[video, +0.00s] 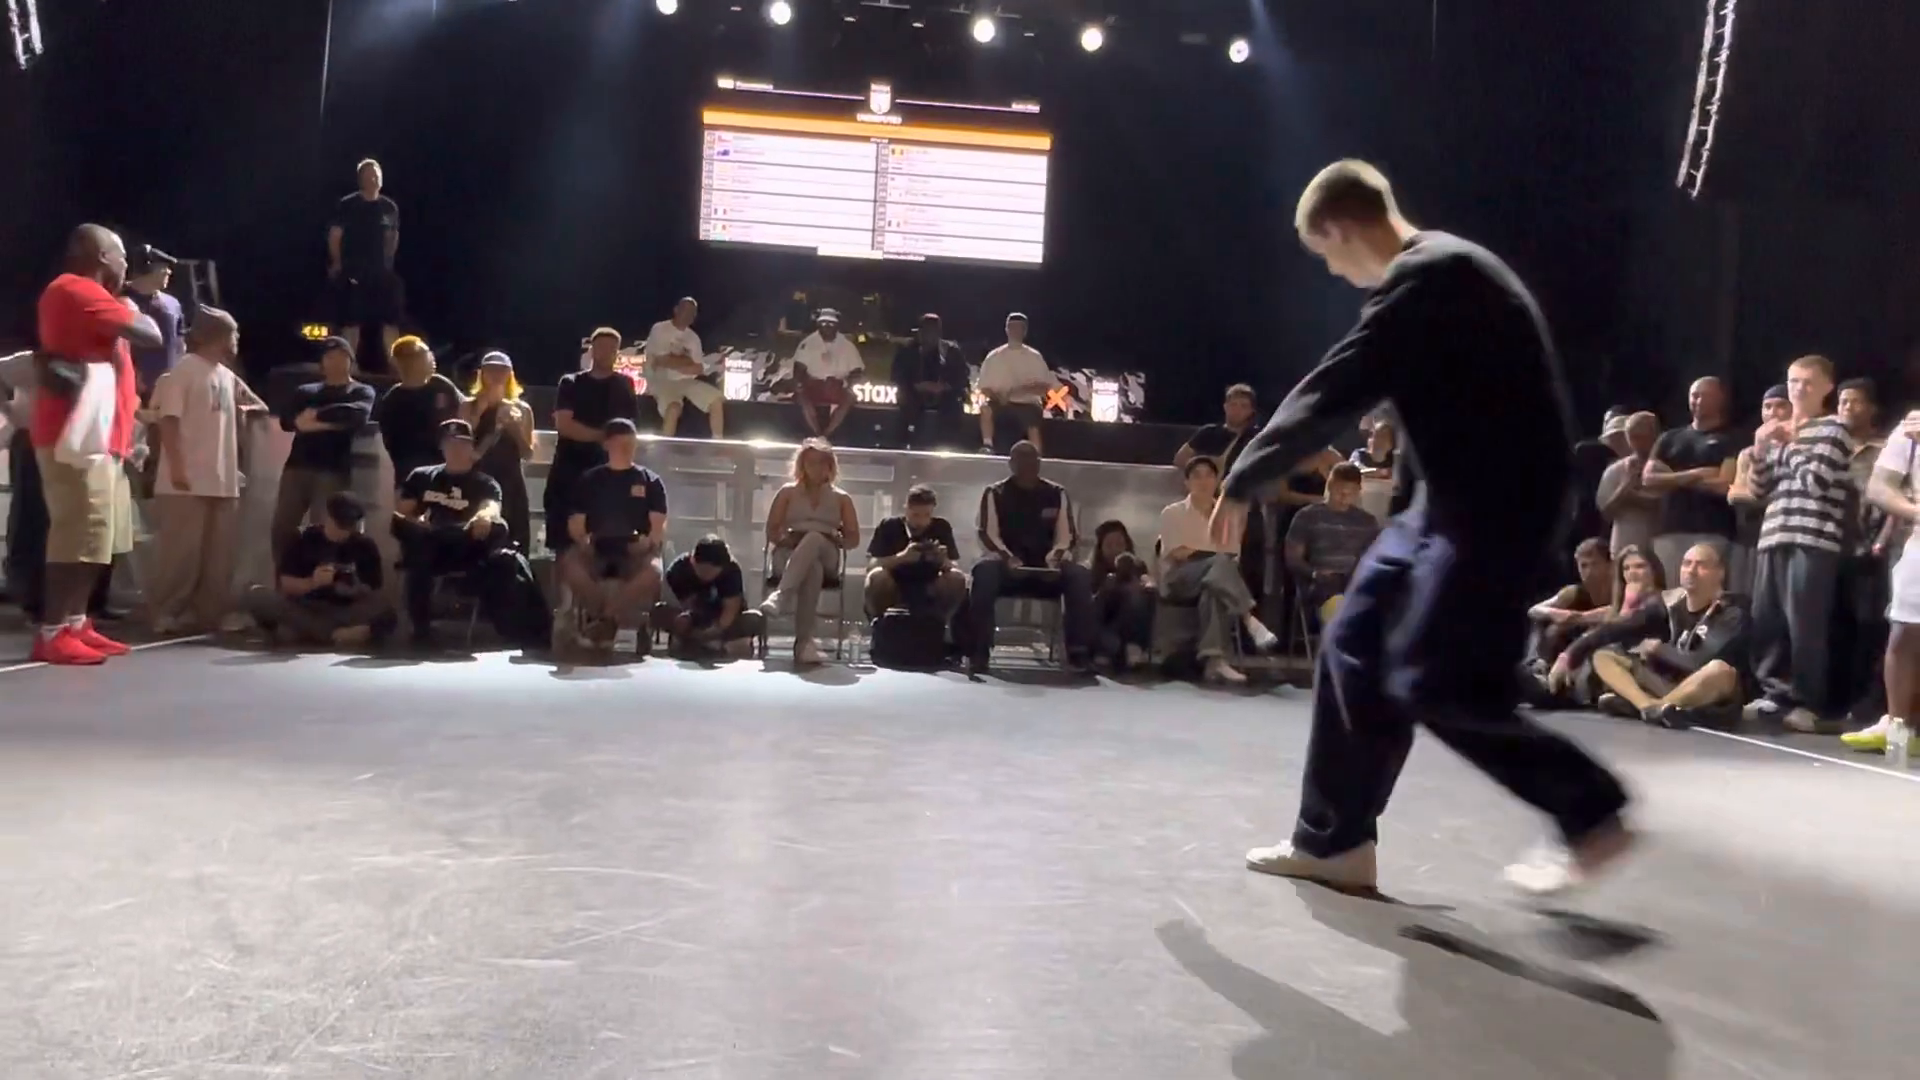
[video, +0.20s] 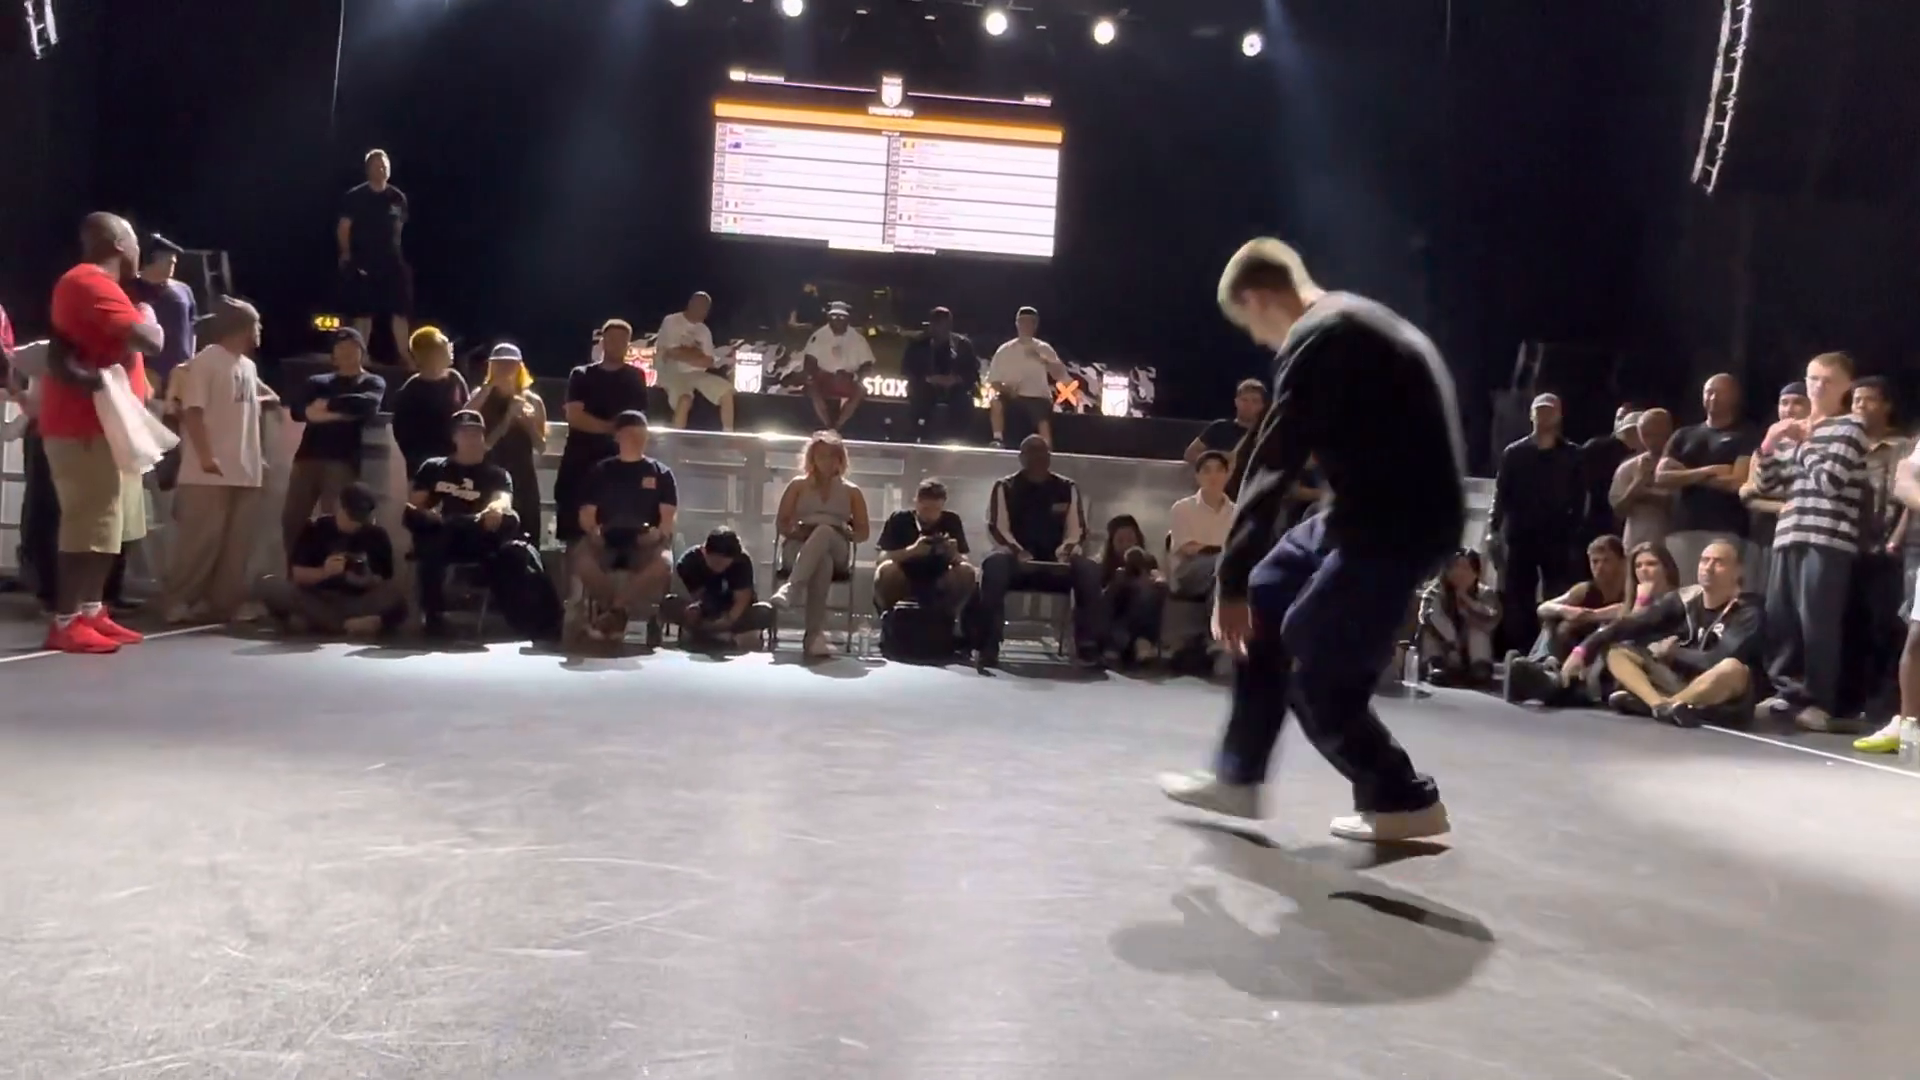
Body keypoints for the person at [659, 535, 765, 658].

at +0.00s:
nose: (710, 576)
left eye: (715, 571)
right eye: (706, 570)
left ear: (722, 565)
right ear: (695, 561)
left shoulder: (731, 570)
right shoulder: (676, 572)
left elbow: (732, 608)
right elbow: (687, 605)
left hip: (722, 611)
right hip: (695, 613)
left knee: (754, 619)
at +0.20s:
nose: (722, 568)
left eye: (727, 564)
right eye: (718, 563)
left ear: (734, 557)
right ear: (706, 552)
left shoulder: (741, 561)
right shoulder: (687, 563)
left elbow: (743, 599)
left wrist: (729, 620)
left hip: (731, 605)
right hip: (704, 606)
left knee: (764, 611)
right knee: (669, 604)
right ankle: (727, 637)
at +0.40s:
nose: (730, 558)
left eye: (735, 554)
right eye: (726, 553)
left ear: (742, 548)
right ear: (715, 544)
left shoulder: (750, 554)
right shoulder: (697, 555)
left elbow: (751, 591)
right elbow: (706, 588)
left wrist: (737, 612)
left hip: (740, 596)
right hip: (713, 597)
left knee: (772, 604)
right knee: (677, 596)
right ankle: (738, 630)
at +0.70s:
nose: (738, 548)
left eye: (743, 543)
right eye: (734, 542)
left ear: (751, 538)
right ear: (723, 534)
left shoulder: (760, 546)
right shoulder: (706, 548)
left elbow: (760, 585)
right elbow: (714, 583)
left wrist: (746, 605)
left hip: (750, 593)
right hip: (722, 594)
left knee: (782, 598)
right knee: (687, 589)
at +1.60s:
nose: (747, 536)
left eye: (753, 532)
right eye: (743, 530)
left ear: (763, 527)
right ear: (735, 522)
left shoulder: (774, 537)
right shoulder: (720, 538)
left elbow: (773, 576)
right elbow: (724, 572)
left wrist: (756, 598)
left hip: (763, 583)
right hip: (735, 584)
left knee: (796, 589)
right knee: (700, 579)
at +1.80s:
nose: (751, 533)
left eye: (756, 529)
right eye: (747, 528)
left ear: (766, 524)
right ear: (738, 519)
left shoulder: (777, 533)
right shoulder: (723, 534)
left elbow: (776, 572)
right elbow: (726, 568)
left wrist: (759, 593)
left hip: (766, 581)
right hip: (738, 582)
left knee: (798, 585)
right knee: (703, 574)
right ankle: (762, 611)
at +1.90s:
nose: (751, 532)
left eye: (757, 528)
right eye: (747, 526)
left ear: (767, 523)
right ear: (739, 518)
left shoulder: (778, 532)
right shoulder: (724, 533)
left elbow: (778, 570)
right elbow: (732, 567)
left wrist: (760, 592)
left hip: (768, 580)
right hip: (740, 581)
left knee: (800, 583)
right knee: (704, 573)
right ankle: (762, 609)